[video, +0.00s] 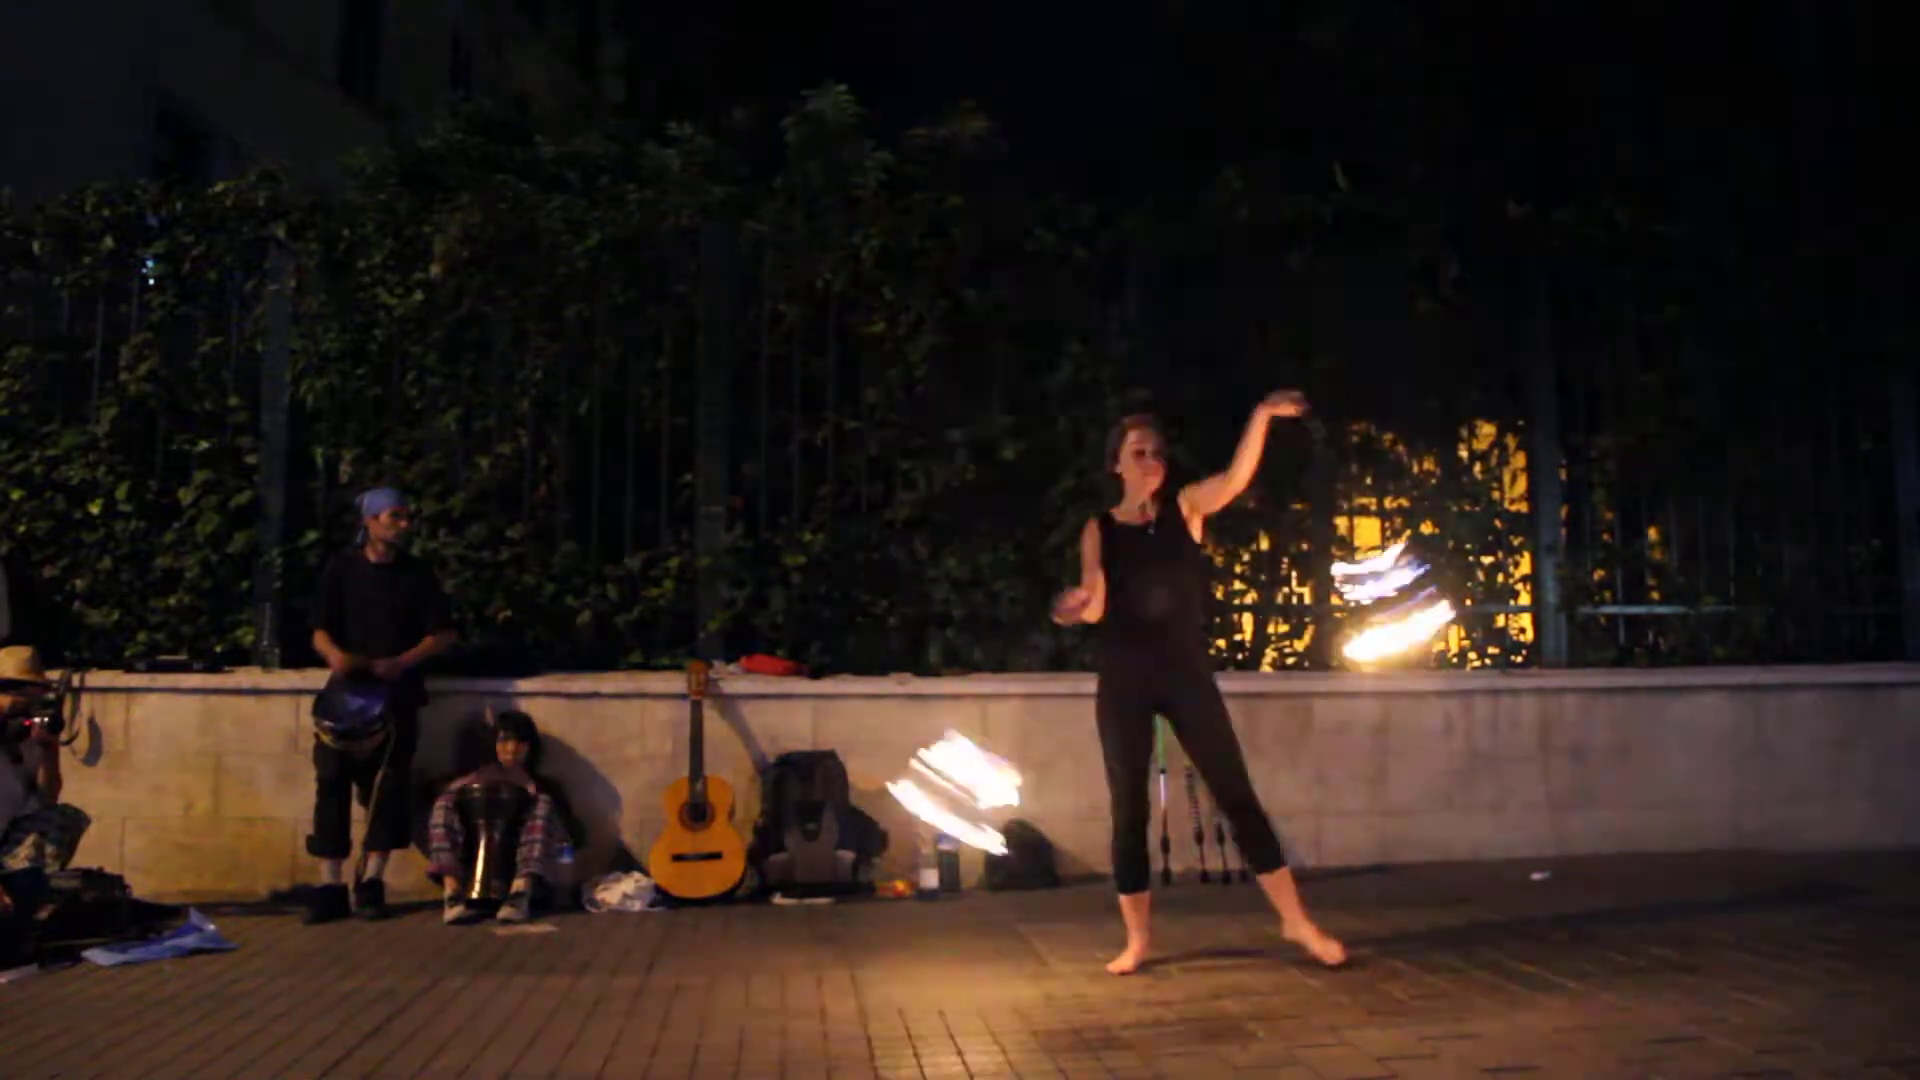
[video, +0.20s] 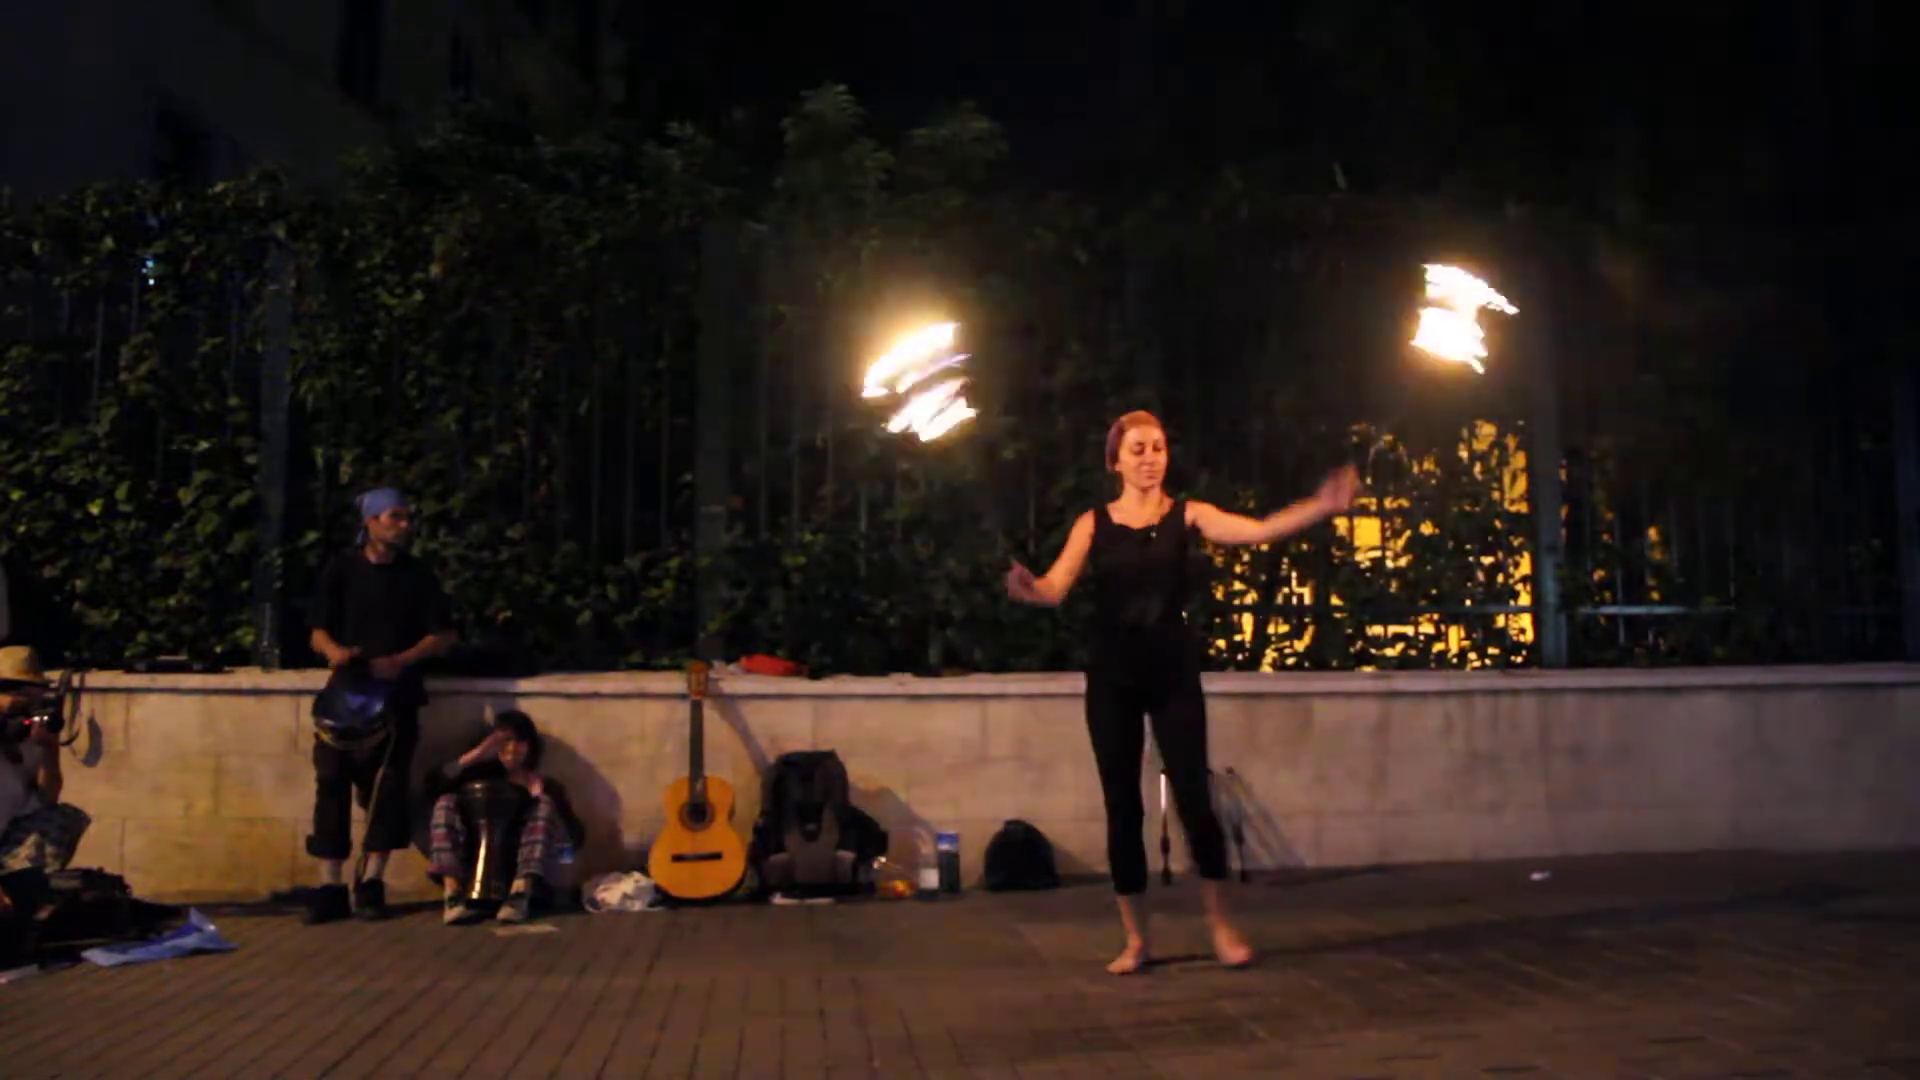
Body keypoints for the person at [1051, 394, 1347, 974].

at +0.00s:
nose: (1150, 461)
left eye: (1157, 453)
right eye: (1139, 453)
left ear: (1167, 461)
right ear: (1117, 465)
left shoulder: (1188, 505)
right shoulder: (1100, 531)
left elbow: (1236, 478)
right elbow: (1093, 602)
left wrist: (1262, 415)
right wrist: (1075, 609)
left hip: (1186, 675)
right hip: (1123, 682)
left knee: (1237, 796)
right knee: (1128, 809)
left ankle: (1296, 921)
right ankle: (1137, 939)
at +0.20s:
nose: (1149, 456)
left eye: (1157, 448)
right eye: (1138, 449)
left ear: (1168, 456)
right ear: (1117, 458)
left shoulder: (1188, 515)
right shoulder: (1093, 524)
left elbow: (1261, 529)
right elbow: (1055, 586)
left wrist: (1323, 504)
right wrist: (1031, 589)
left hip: (1175, 677)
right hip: (1113, 679)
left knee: (1193, 797)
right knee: (1122, 806)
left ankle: (1219, 923)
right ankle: (1134, 939)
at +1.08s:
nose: (1251, 468)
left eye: (1256, 459)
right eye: (1239, 458)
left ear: (1260, 466)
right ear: (1205, 465)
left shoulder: (1269, 526)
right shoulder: (1182, 522)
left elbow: (1332, 562)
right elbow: (1102, 561)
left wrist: (1361, 537)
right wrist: (1027, 544)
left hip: (1266, 690)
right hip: (1204, 691)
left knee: (1296, 820)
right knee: (1174, 816)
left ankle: (1300, 954)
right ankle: (1135, 941)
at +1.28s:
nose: (1277, 469)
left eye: (1282, 458)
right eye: (1264, 459)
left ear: (1291, 465)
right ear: (1238, 469)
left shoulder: (1313, 532)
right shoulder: (1216, 528)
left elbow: (1382, 588)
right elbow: (1149, 574)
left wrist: (1459, 563)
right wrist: (1089, 558)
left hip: (1299, 693)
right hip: (1233, 693)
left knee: (1318, 822)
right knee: (1214, 817)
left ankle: (1301, 952)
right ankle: (1173, 921)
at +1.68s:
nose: (1287, 458)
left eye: (1295, 451)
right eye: (1276, 449)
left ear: (1304, 462)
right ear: (1250, 459)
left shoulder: (1325, 523)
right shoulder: (1232, 519)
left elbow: (1405, 540)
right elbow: (1174, 521)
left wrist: (1467, 492)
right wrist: (1153, 474)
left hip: (1303, 689)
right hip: (1235, 687)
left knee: (1318, 820)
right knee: (1205, 805)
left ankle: (1305, 951)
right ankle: (1194, 931)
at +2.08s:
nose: (1205, 444)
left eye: (1215, 435)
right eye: (1194, 434)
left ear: (1227, 445)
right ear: (1171, 441)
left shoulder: (1240, 509)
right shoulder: (1143, 498)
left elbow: (1303, 564)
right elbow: (1090, 521)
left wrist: (1369, 536)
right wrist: (1061, 482)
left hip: (1222, 671)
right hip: (1155, 671)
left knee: (1256, 799)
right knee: (1139, 803)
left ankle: (1302, 939)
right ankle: (1117, 942)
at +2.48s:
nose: (1144, 460)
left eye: (1151, 452)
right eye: (1132, 451)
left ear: (1159, 459)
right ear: (1104, 457)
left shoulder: (1176, 520)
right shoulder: (1080, 524)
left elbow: (1221, 586)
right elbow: (1072, 606)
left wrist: (1273, 552)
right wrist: (1083, 577)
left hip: (1168, 681)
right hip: (1103, 686)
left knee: (1215, 802)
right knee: (1112, 820)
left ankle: (1269, 935)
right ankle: (1114, 947)